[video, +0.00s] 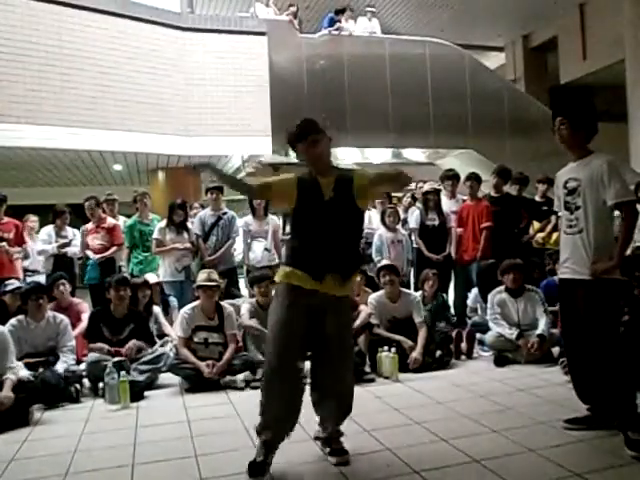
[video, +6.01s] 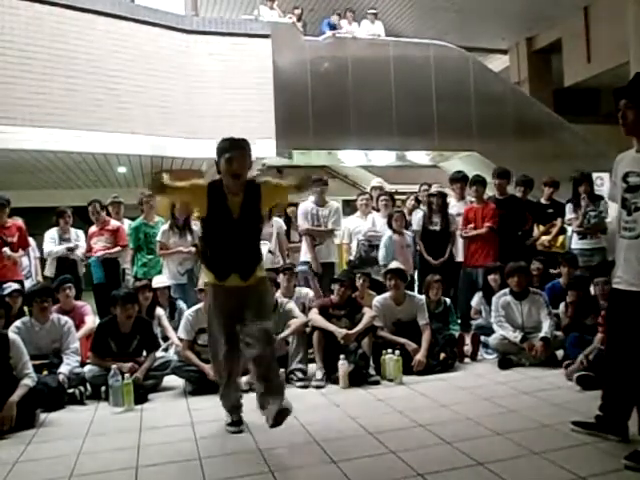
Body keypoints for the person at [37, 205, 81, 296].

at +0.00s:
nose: (65, 222)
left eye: (67, 219)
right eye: (63, 219)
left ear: (69, 219)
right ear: (56, 219)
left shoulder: (74, 232)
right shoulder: (46, 231)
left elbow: (79, 250)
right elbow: (39, 249)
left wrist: (66, 251)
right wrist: (56, 248)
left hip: (69, 266)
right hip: (52, 266)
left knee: (69, 295)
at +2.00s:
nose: (64, 222)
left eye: (65, 219)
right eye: (61, 219)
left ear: (68, 219)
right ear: (54, 219)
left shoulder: (74, 232)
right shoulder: (45, 231)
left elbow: (78, 250)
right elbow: (38, 251)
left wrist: (66, 251)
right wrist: (55, 248)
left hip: (69, 271)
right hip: (49, 271)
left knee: (69, 300)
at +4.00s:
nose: (68, 225)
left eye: (70, 222)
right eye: (65, 222)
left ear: (72, 221)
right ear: (59, 222)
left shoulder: (78, 235)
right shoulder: (49, 233)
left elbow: (81, 252)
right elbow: (43, 252)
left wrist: (69, 254)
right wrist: (59, 250)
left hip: (73, 269)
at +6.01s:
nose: (67, 220)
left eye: (69, 217)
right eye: (63, 217)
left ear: (72, 219)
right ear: (58, 220)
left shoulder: (79, 233)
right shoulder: (50, 233)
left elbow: (82, 254)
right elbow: (47, 252)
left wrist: (68, 252)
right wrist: (66, 248)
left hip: (73, 265)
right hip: (56, 265)